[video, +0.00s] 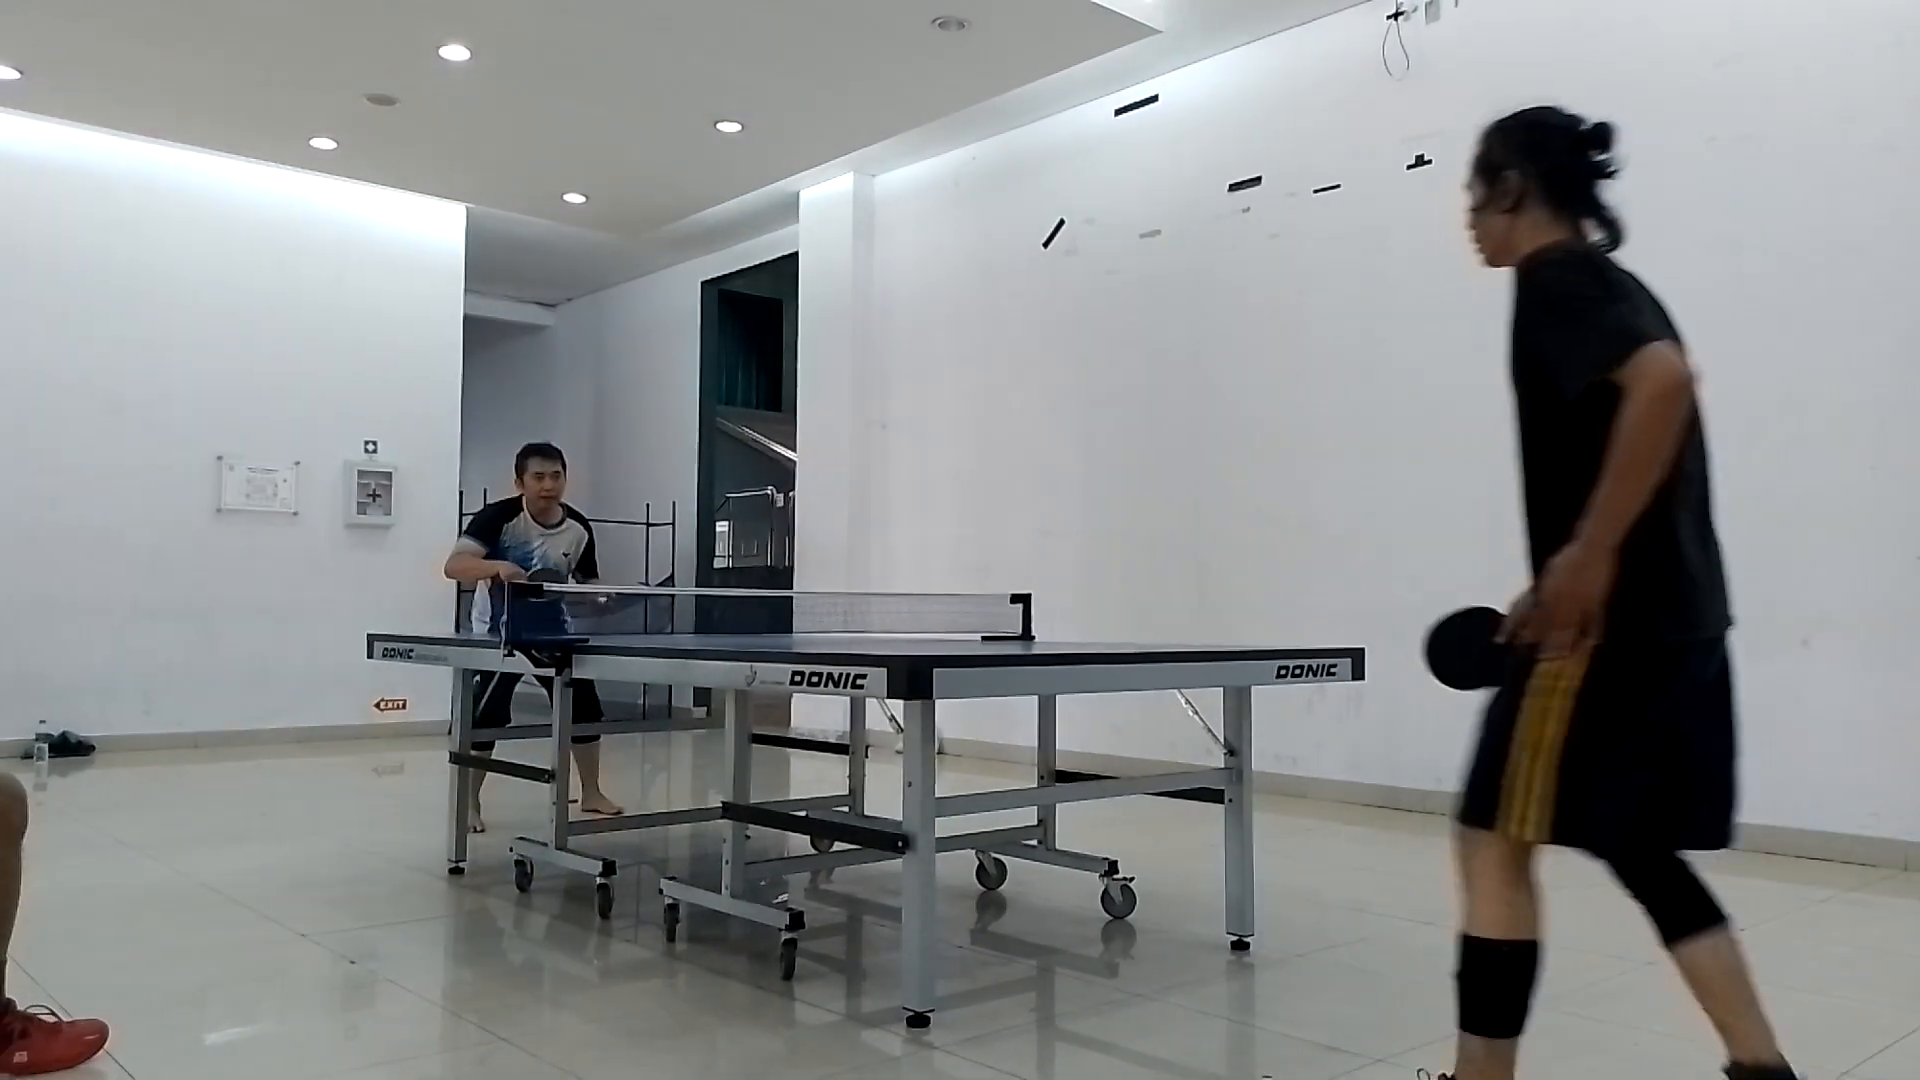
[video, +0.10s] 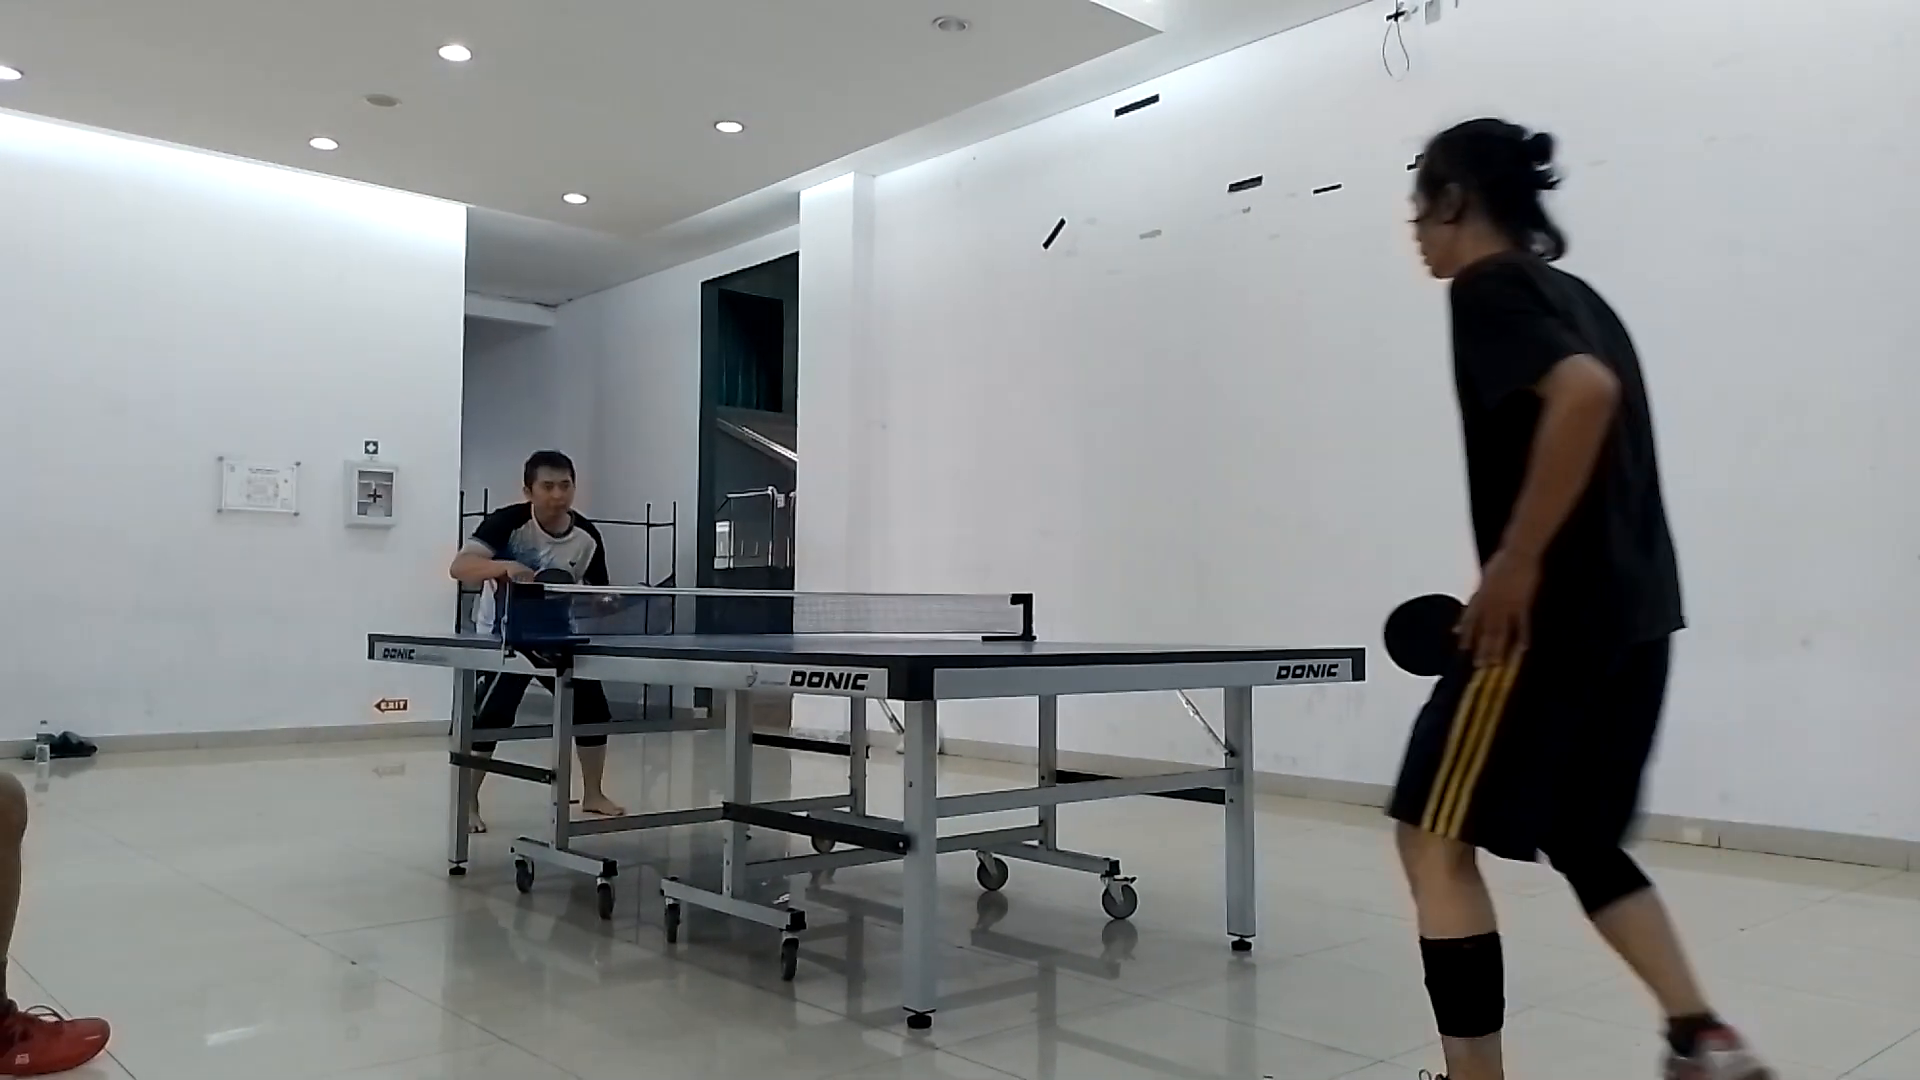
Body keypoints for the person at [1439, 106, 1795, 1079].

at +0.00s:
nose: (1468, 215)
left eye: (1478, 196)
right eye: (1471, 196)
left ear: (1521, 195)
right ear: (1557, 196)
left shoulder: (1561, 281)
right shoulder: (1599, 284)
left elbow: (1664, 380)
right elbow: (1618, 463)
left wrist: (1590, 552)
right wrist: (1552, 596)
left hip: (1602, 622)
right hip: (1662, 622)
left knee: (1489, 833)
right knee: (1633, 836)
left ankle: (1480, 1070)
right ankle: (1761, 1065)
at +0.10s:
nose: (1415, 230)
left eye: (1422, 210)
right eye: (1416, 211)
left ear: (1460, 204)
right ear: (1518, 207)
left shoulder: (1493, 287)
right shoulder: (1580, 299)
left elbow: (1584, 390)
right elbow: (1607, 478)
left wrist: (1516, 559)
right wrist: (1497, 596)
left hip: (1551, 619)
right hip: (1629, 619)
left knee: (1429, 830)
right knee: (1577, 832)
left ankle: (1473, 1067)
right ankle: (1701, 1038)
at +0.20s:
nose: (1375, 240)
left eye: (1378, 220)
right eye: (1373, 221)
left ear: (1414, 209)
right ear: (1472, 210)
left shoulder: (1439, 286)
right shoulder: (1539, 296)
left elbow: (1521, 383)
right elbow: (1578, 459)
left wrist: (1466, 554)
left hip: (1509, 602)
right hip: (1590, 598)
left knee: (1412, 824)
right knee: (1528, 801)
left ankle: (1467, 1066)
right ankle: (1599, 1035)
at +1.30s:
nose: (1254, 288)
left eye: (1253, 270)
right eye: (1252, 272)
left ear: (1276, 258)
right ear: (1341, 257)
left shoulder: (1310, 319)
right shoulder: (1402, 331)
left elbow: (1393, 383)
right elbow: (1441, 489)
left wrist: (1367, 553)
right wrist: (1346, 577)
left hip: (1405, 606)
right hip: (1481, 606)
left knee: (1299, 803)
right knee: (1447, 820)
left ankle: (1339, 1057)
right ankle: (1479, 1035)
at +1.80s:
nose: (1236, 313)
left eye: (1232, 295)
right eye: (1230, 301)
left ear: (1251, 270)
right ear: (1317, 258)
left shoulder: (1281, 288)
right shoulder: (1389, 312)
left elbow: (1331, 353)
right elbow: (1376, 475)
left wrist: (1312, 525)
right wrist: (1249, 520)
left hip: (1374, 576)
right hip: (1460, 579)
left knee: (1296, 814)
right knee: (1426, 791)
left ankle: (1340, 1065)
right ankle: (1455, 1009)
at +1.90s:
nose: (1257, 331)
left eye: (1251, 311)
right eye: (1251, 318)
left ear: (1268, 279)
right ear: (1328, 264)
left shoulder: (1308, 278)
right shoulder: (1382, 330)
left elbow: (1374, 330)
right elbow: (1297, 471)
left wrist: (1332, 505)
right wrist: (1197, 525)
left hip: (1397, 579)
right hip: (1474, 582)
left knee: (1315, 804)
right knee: (1436, 800)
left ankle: (1344, 1065)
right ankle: (1450, 1022)